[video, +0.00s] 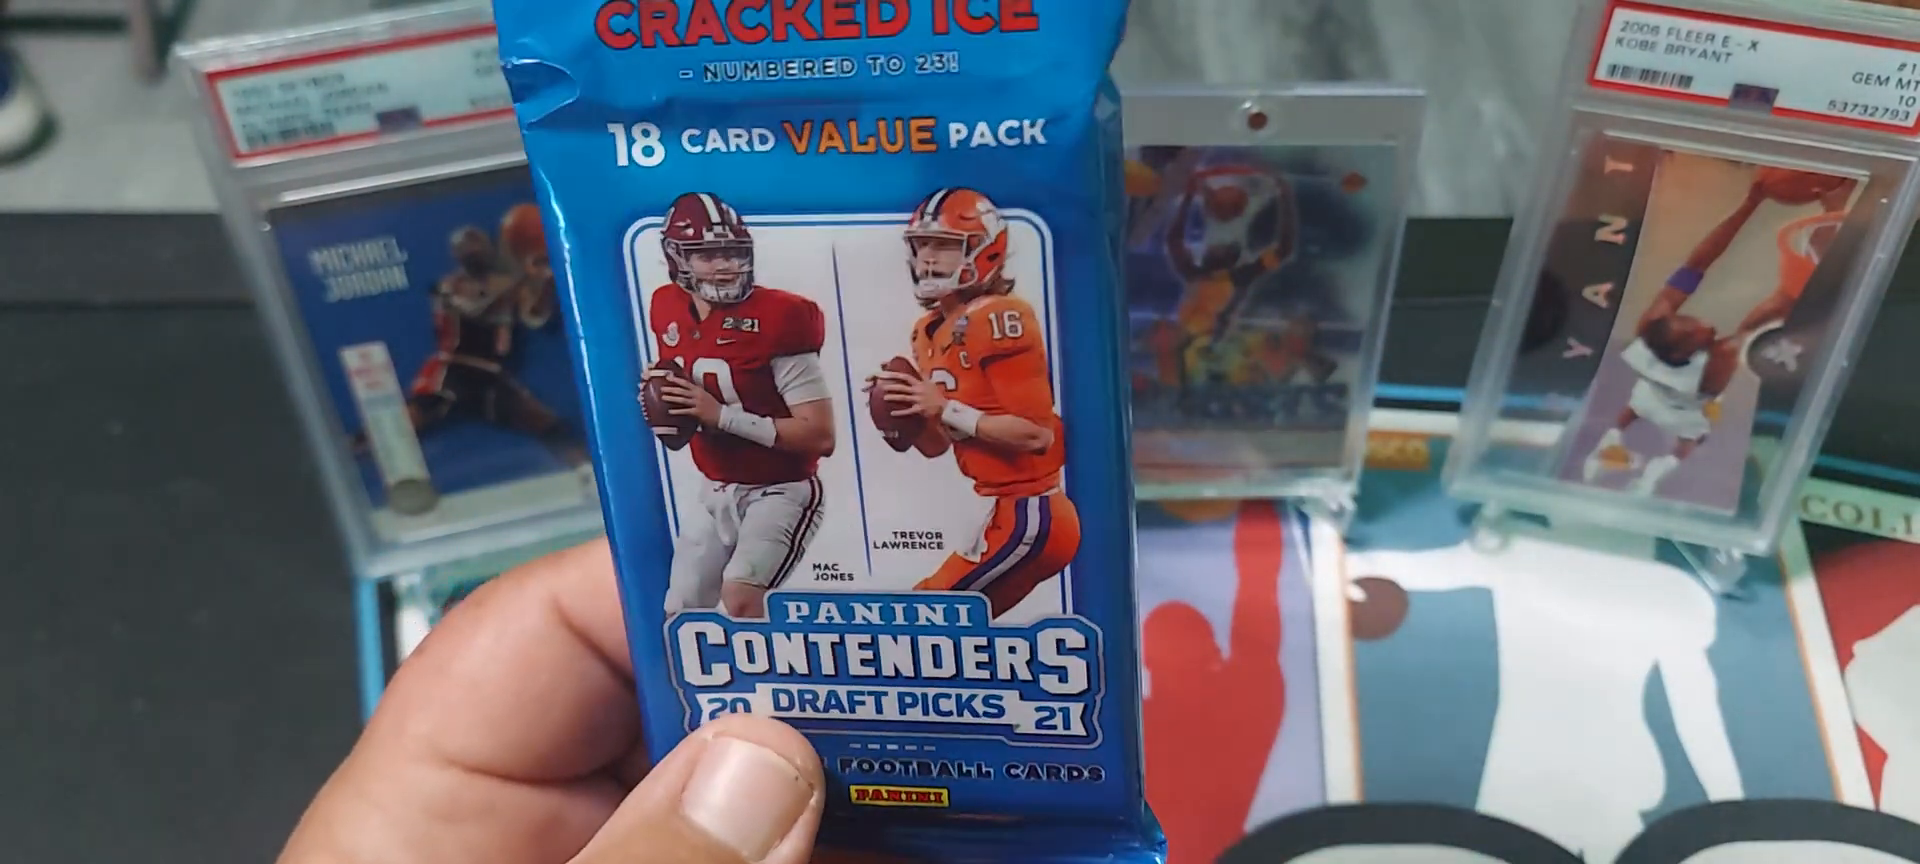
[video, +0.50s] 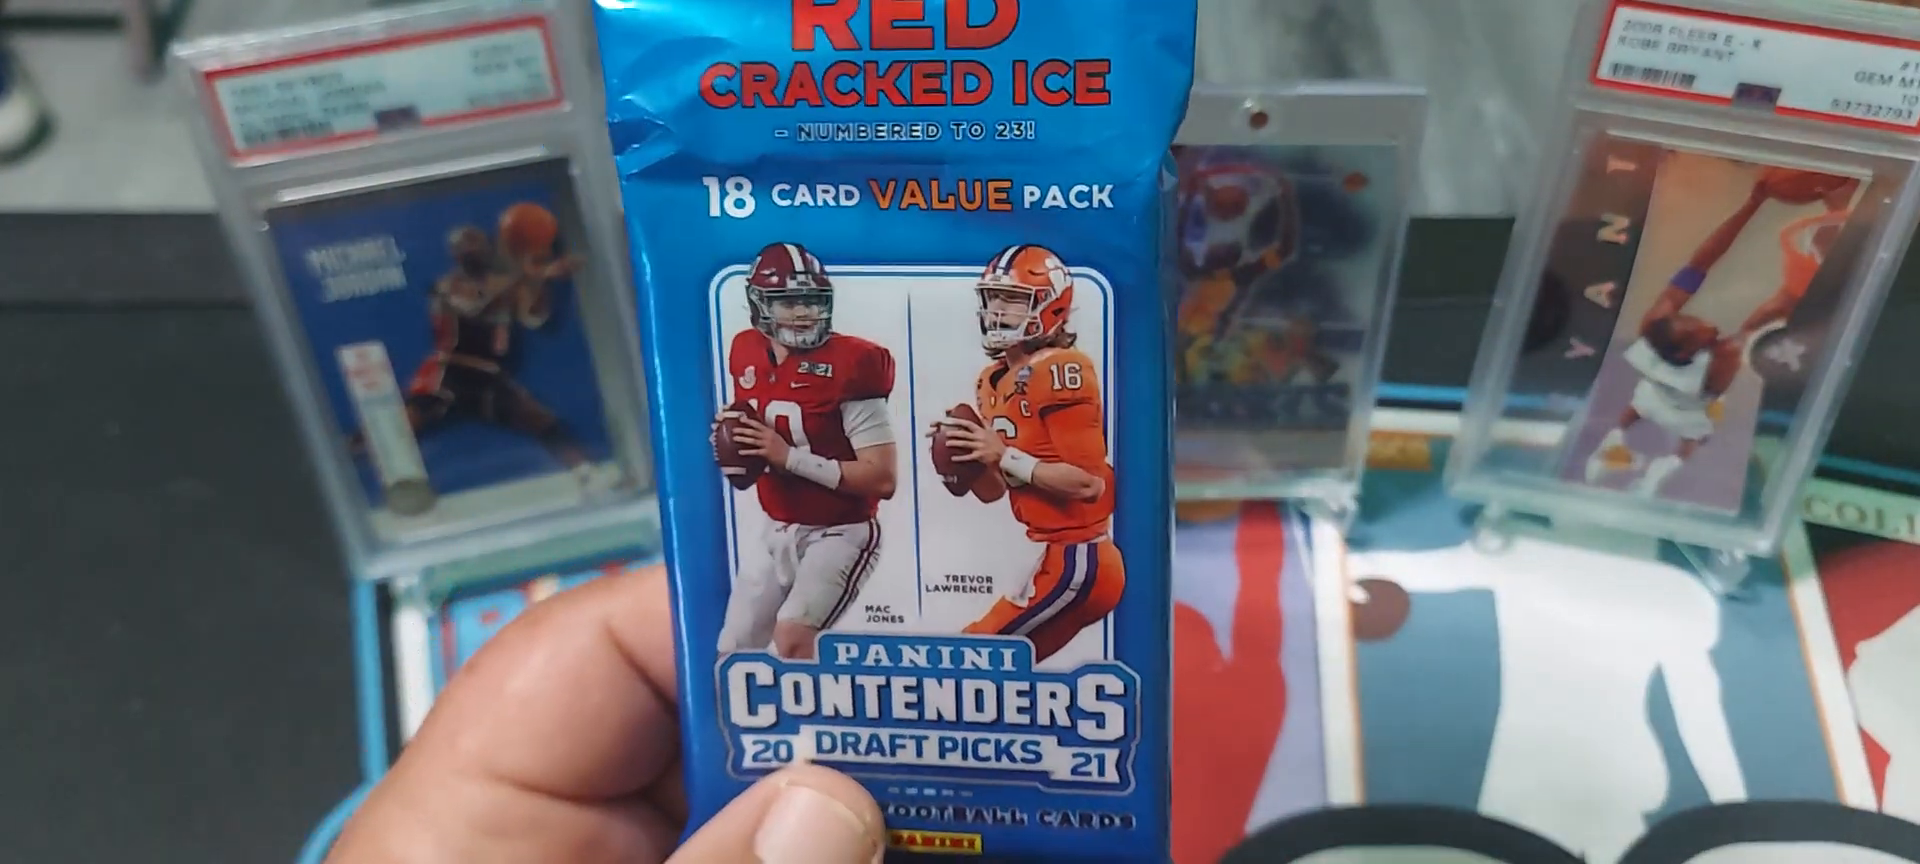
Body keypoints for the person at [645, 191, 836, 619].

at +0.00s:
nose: (723, 264)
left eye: (731, 252)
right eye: (708, 254)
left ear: (746, 254)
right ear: (679, 261)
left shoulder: (783, 316)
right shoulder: (667, 307)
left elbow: (820, 436)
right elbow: (676, 439)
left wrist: (719, 415)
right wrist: (657, 400)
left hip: (783, 491)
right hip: (714, 491)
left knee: (740, 596)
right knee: (681, 614)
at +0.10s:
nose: (742, 263)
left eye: (751, 250)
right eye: (728, 252)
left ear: (766, 253)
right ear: (700, 257)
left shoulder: (801, 313)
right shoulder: (687, 305)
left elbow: (835, 433)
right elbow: (691, 437)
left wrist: (735, 413)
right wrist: (675, 399)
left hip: (797, 490)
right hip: (730, 491)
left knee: (751, 602)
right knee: (693, 616)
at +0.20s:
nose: (743, 277)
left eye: (751, 264)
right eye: (728, 267)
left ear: (766, 267)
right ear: (700, 273)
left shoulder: (801, 327)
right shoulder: (686, 319)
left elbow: (835, 448)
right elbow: (693, 448)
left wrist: (735, 427)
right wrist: (674, 410)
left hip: (797, 503)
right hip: (728, 503)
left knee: (752, 611)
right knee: (693, 629)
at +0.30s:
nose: (745, 293)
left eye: (753, 281)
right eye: (731, 283)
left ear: (768, 283)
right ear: (702, 290)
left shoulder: (803, 344)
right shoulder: (689, 335)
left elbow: (839, 463)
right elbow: (696, 463)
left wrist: (739, 442)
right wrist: (677, 423)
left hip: (801, 517)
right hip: (733, 517)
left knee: (757, 621)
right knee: (699, 638)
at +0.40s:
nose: (765, 310)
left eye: (774, 298)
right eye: (750, 300)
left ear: (788, 300)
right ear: (722, 306)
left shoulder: (821, 359)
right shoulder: (709, 351)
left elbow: (856, 476)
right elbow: (714, 477)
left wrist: (757, 455)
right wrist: (697, 439)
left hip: (818, 530)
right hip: (751, 529)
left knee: (772, 633)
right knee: (715, 648)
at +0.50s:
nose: (800, 313)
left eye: (810, 302)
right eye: (788, 302)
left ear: (825, 304)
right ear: (761, 304)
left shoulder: (854, 363)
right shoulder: (746, 351)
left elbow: (882, 479)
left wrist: (786, 455)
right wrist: (728, 437)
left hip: (842, 534)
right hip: (775, 532)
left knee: (791, 637)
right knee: (733, 651)